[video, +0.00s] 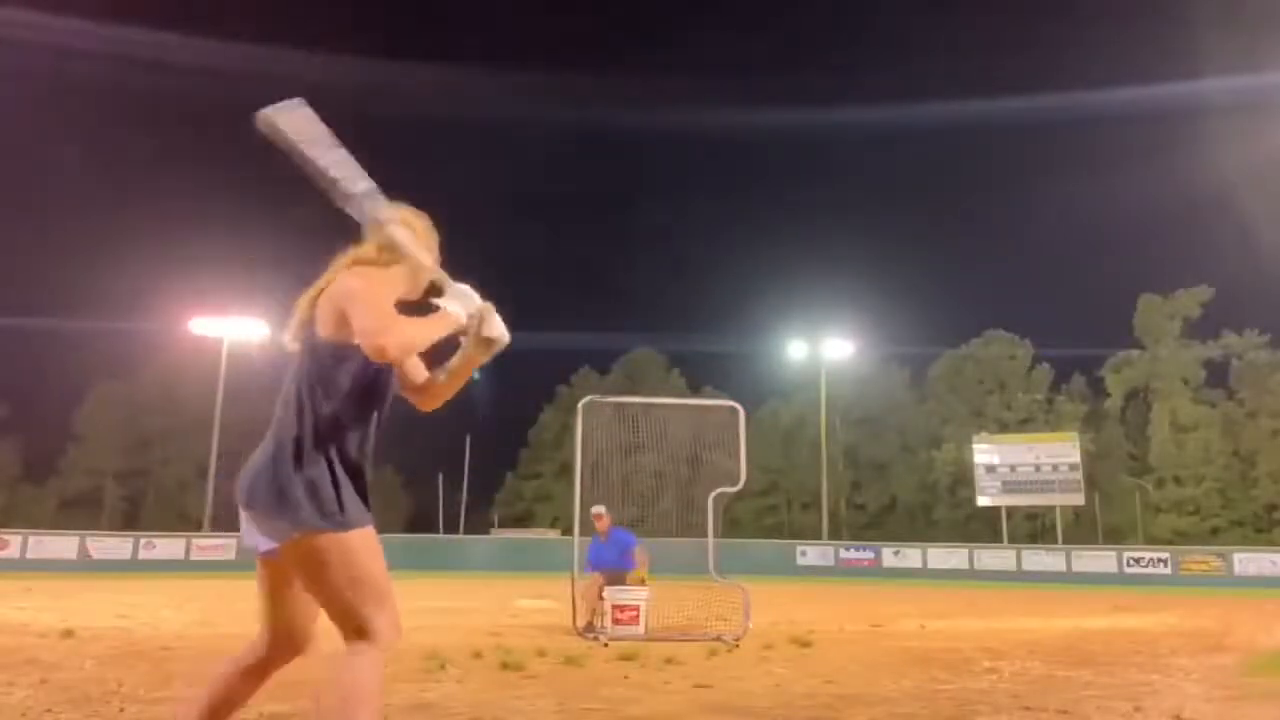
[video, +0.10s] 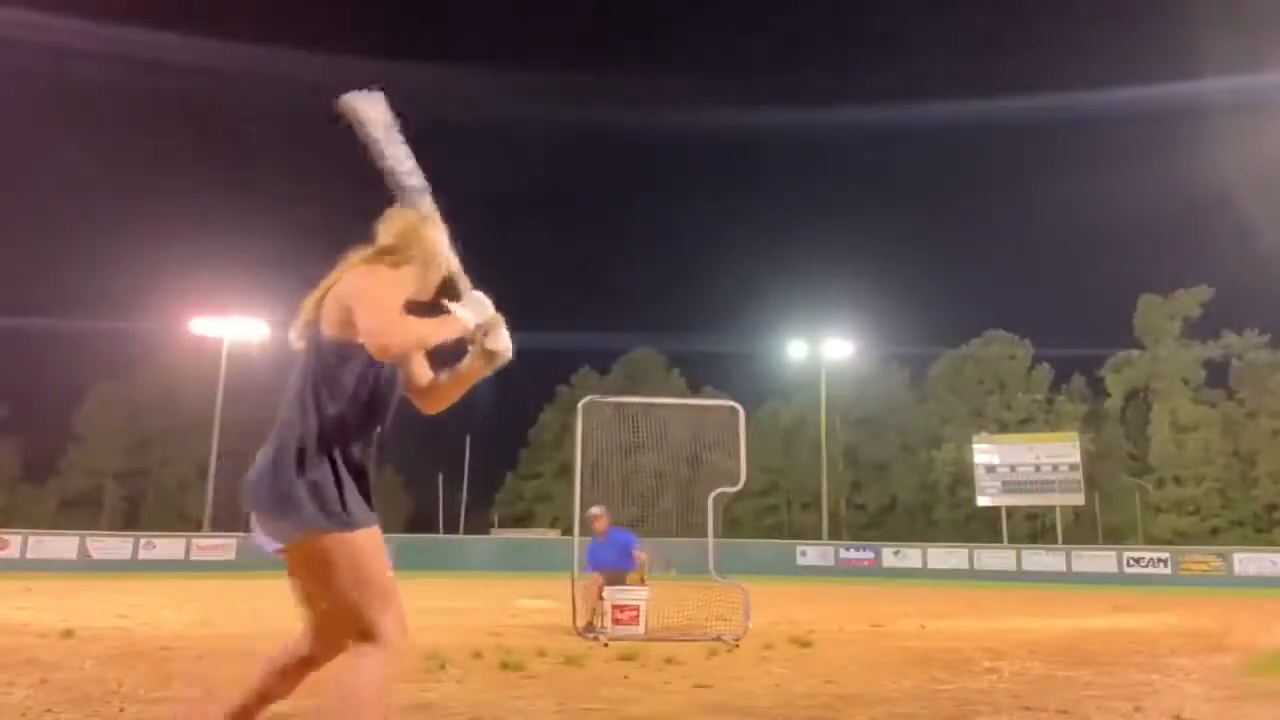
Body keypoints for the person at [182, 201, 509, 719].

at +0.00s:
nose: (430, 275)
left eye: (432, 266)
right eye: (430, 262)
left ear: (381, 247)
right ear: (414, 253)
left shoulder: (374, 309)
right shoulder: (360, 281)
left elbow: (427, 395)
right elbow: (382, 342)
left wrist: (478, 351)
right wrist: (452, 314)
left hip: (281, 480)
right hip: (307, 481)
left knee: (285, 637)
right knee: (374, 632)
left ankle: (199, 713)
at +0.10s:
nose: (449, 266)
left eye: (449, 255)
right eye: (447, 252)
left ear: (399, 246)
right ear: (431, 248)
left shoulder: (396, 316)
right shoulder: (373, 277)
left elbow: (429, 397)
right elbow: (384, 339)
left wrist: (482, 361)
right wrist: (463, 318)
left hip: (301, 479)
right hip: (314, 478)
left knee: (329, 638)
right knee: (386, 636)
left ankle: (237, 713)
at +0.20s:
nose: (454, 278)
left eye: (458, 270)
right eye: (455, 266)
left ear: (412, 256)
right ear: (438, 258)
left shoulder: (407, 321)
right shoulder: (376, 278)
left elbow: (431, 402)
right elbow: (377, 334)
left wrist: (477, 371)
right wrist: (463, 325)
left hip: (318, 482)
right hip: (309, 480)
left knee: (368, 634)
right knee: (390, 635)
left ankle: (272, 712)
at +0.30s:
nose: (472, 284)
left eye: (473, 273)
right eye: (471, 272)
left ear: (429, 263)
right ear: (457, 267)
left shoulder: (431, 330)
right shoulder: (387, 284)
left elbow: (441, 409)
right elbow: (361, 342)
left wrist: (474, 378)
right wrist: (456, 332)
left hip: (355, 487)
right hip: (311, 489)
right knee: (396, 634)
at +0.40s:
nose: (475, 301)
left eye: (478, 291)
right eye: (476, 288)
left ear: (439, 272)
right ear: (459, 280)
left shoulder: (440, 333)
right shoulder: (393, 293)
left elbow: (451, 412)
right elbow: (355, 349)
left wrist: (476, 377)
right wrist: (449, 336)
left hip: (372, 491)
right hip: (322, 495)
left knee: (453, 598)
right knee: (399, 635)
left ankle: (391, 693)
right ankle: (368, 711)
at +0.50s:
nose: (484, 312)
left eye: (487, 304)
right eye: (484, 301)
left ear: (445, 280)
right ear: (471, 292)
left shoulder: (456, 339)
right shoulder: (406, 302)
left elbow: (473, 414)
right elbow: (339, 349)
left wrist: (474, 368)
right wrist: (431, 327)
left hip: (390, 500)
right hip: (336, 505)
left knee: (477, 601)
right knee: (406, 631)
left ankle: (416, 711)